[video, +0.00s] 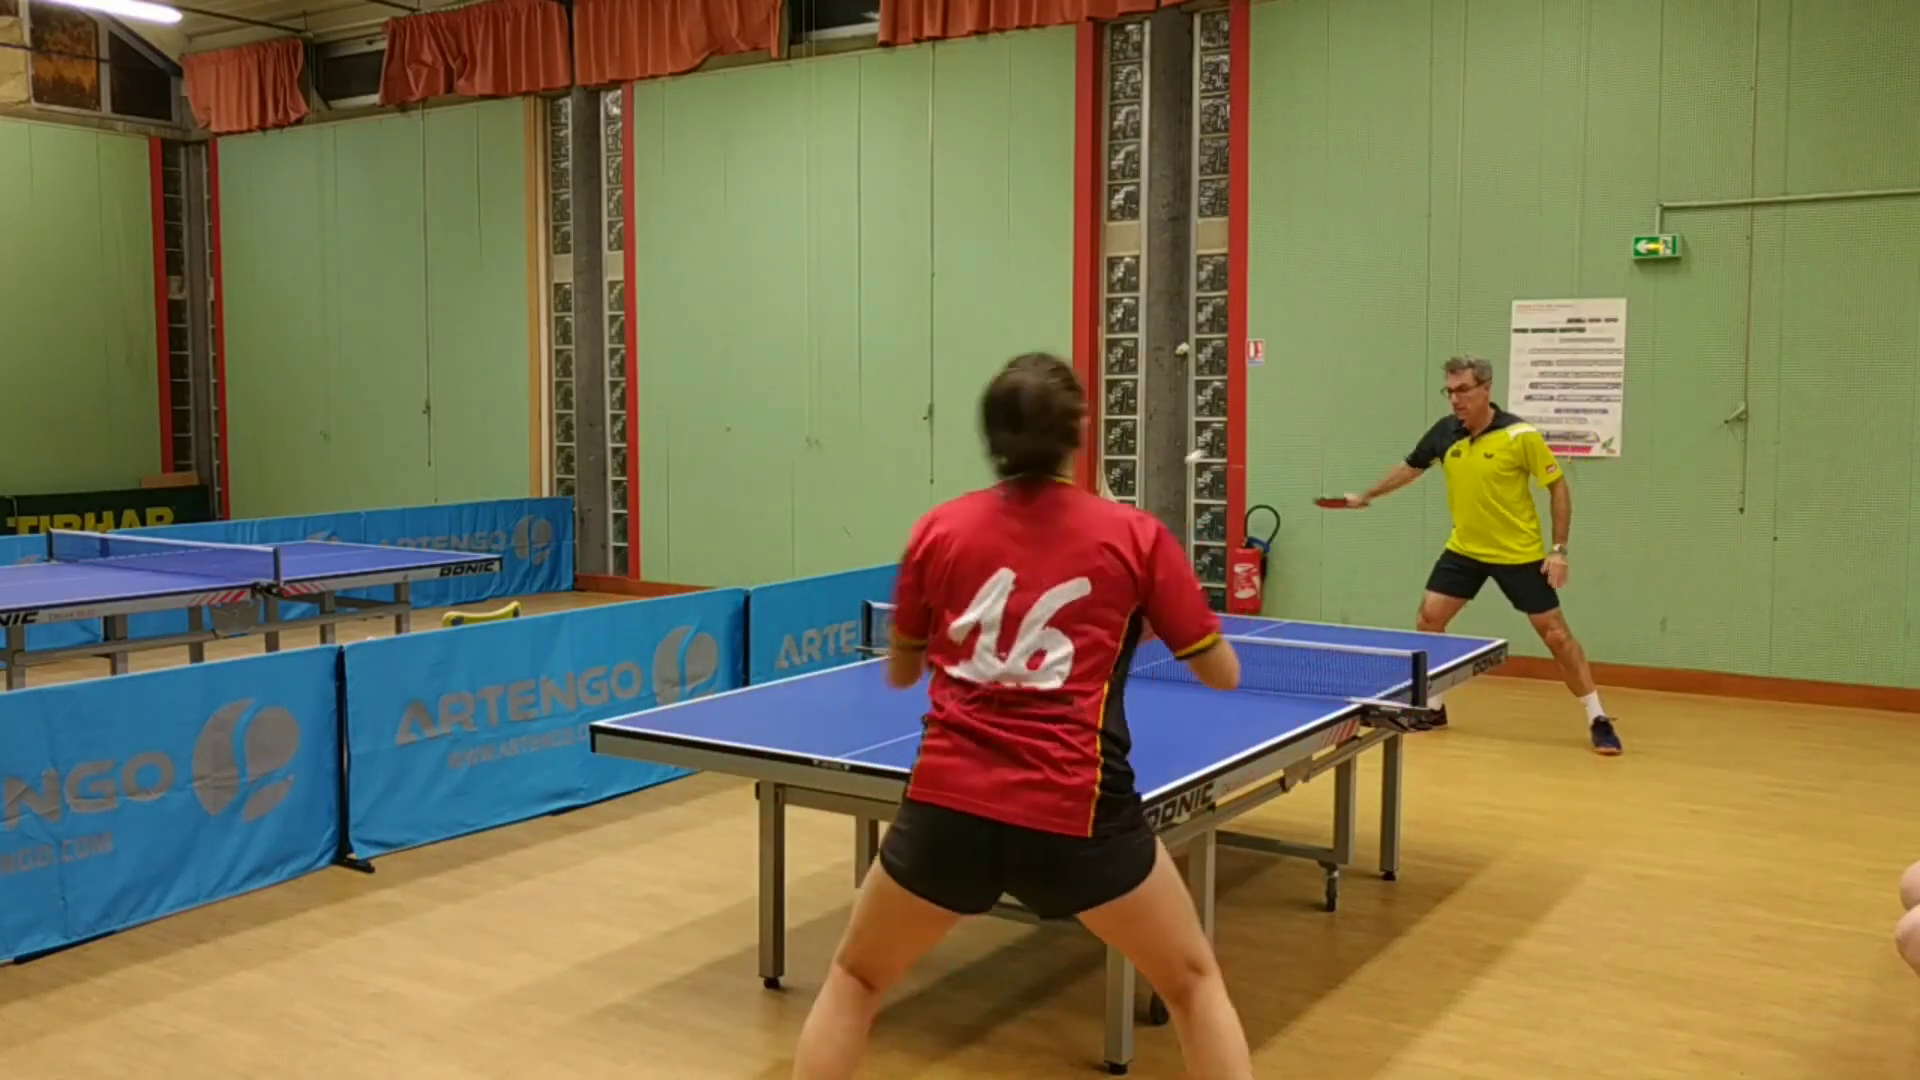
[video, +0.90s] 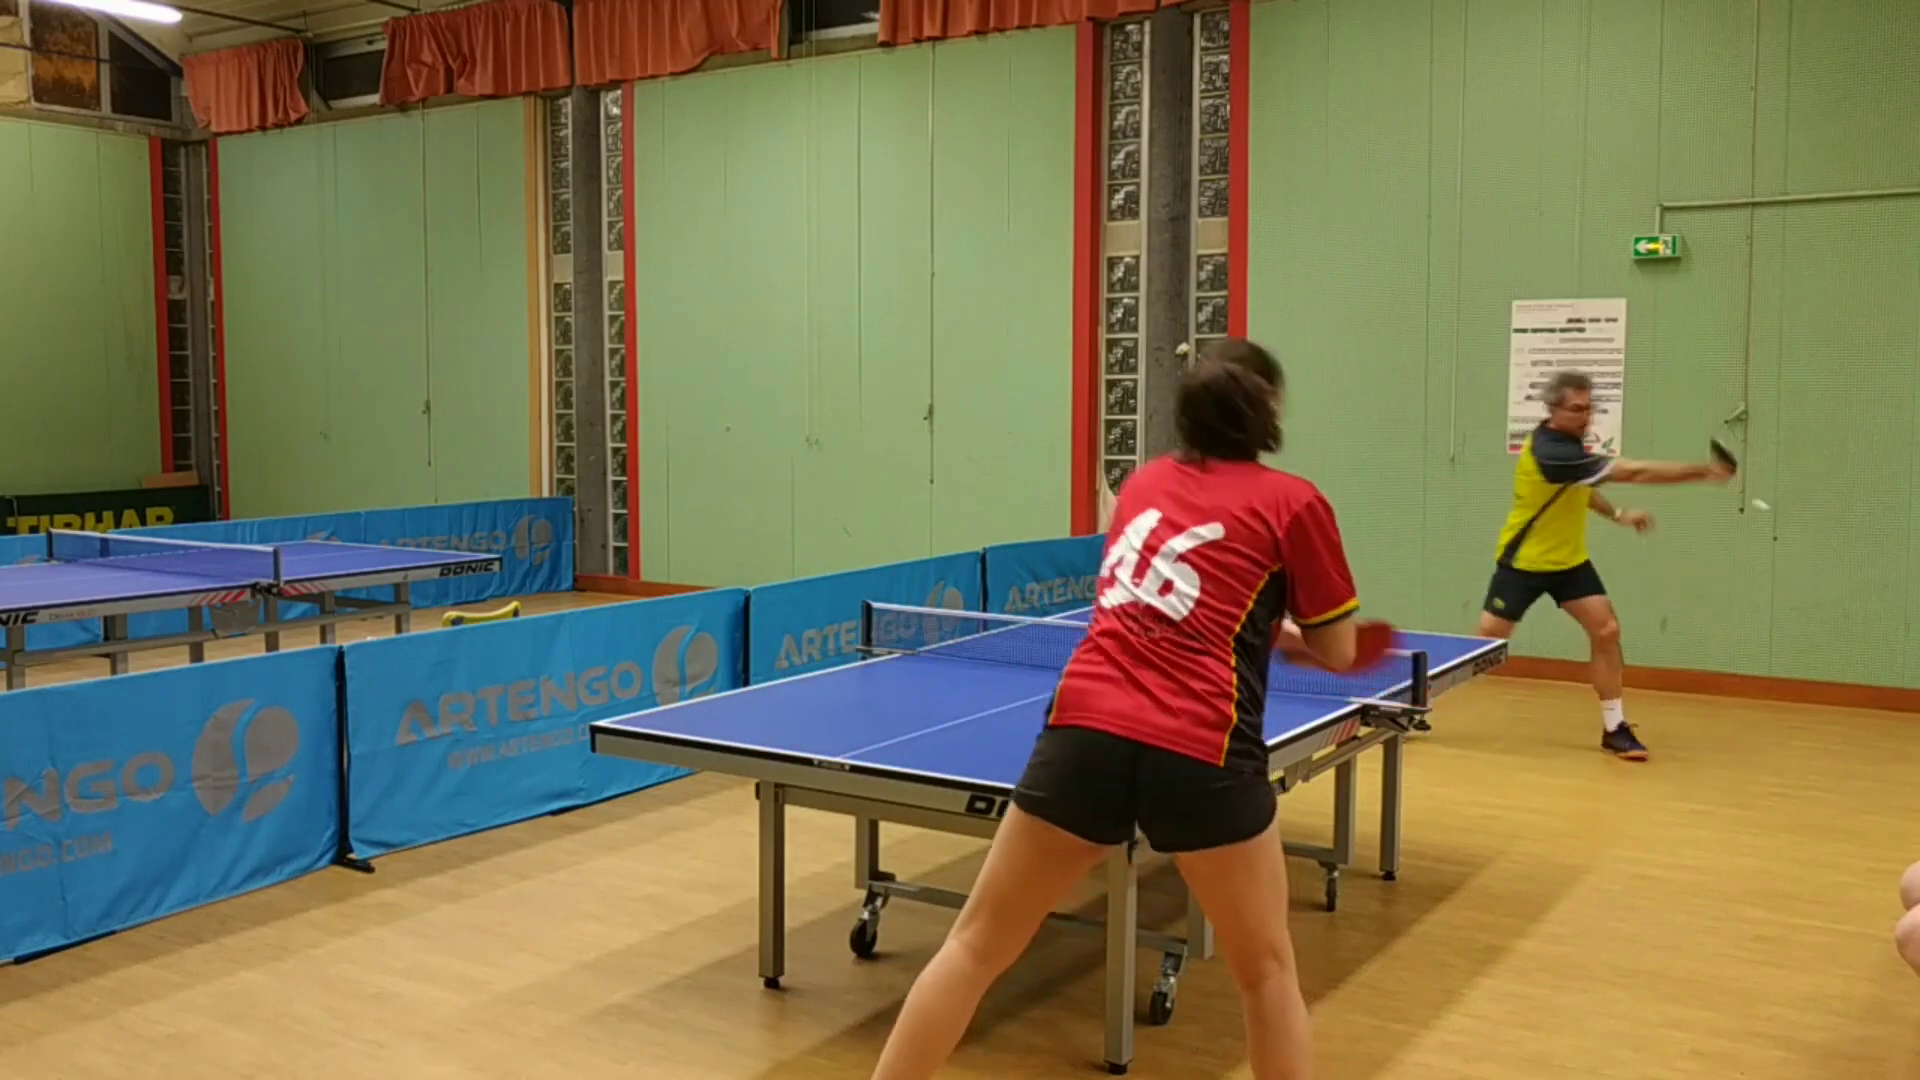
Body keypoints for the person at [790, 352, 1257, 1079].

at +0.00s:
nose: (1087, 427)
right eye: (1084, 418)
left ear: (993, 435)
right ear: (1079, 432)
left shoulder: (940, 530)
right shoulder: (1132, 536)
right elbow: (1222, 672)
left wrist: (956, 613)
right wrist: (1170, 612)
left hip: (948, 815)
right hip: (1076, 822)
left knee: (855, 981)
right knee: (1192, 983)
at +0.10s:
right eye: (1038, 439)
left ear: (958, 455)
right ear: (1040, 452)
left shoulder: (915, 558)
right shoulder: (1106, 549)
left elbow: (858, 708)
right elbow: (1190, 673)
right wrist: (1124, 660)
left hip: (953, 842)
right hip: (1083, 845)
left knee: (850, 1010)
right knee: (1173, 998)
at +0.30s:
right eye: (1073, 465)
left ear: (990, 494)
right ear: (1069, 482)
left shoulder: (985, 591)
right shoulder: (1154, 559)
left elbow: (932, 736)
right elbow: (1241, 679)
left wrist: (827, 695)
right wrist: (1149, 666)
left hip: (1054, 846)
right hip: (1177, 843)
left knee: (903, 1026)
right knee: (1233, 1007)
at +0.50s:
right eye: (1249, 486)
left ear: (1172, 497)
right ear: (1249, 499)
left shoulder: (1138, 566)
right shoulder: (1273, 571)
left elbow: (1206, 623)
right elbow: (1319, 696)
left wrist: (1313, 606)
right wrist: (1274, 631)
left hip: (1091, 828)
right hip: (1213, 837)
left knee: (966, 1037)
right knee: (1291, 985)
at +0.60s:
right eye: (1305, 493)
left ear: (1226, 498)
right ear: (1297, 505)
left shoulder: (1180, 563)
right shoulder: (1297, 564)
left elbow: (1331, 657)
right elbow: (1347, 712)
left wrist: (1453, 622)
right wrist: (1319, 719)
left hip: (1095, 793)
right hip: (1211, 808)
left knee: (975, 1011)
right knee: (1299, 983)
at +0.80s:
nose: (1314, 446)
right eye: (1309, 436)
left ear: (1226, 446)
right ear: (1301, 448)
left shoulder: (1182, 509)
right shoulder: (1312, 525)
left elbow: (1247, 650)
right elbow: (1353, 682)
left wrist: (1373, 672)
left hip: (1092, 749)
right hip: (1209, 770)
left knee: (983, 965)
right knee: (1284, 977)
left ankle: (890, 1074)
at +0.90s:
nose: (1280, 411)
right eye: (1275, 400)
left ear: (1189, 411)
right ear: (1267, 414)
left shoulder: (1143, 481)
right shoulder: (1293, 502)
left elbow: (1191, 595)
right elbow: (1339, 653)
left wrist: (1322, 642)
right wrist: (1266, 621)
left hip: (1082, 740)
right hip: (1202, 761)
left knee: (976, 944)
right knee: (1268, 974)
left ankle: (888, 1077)